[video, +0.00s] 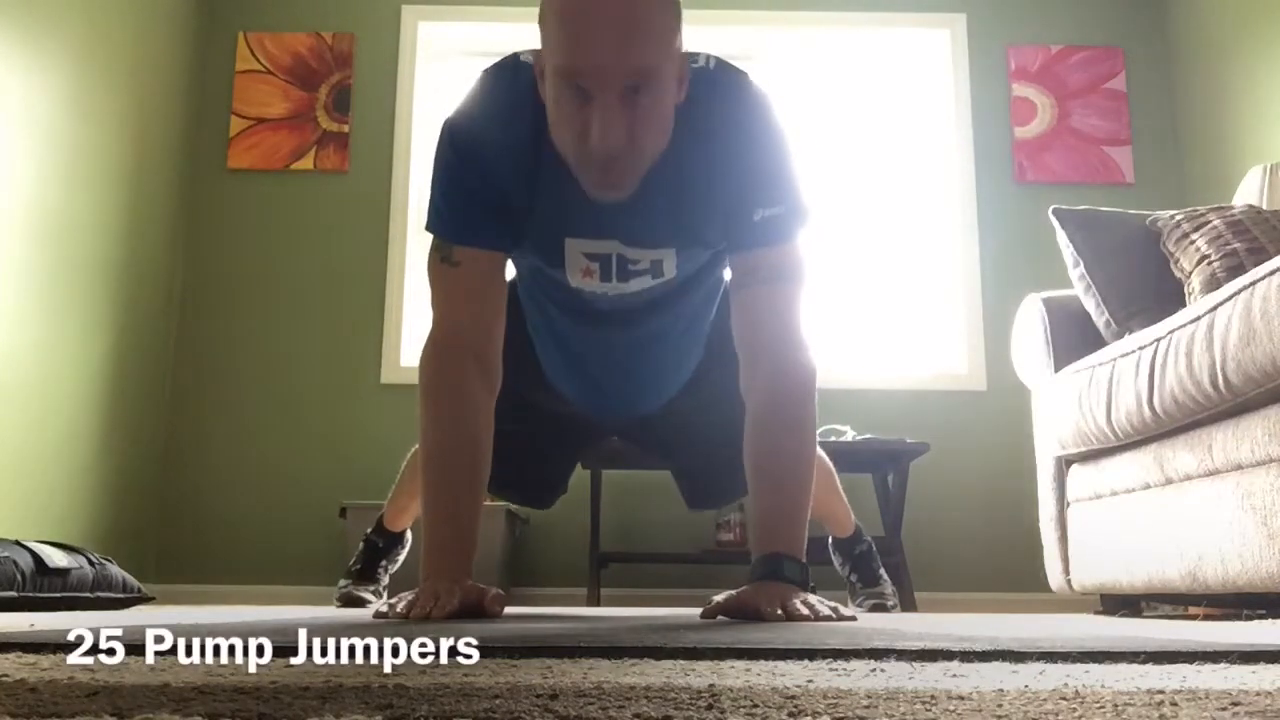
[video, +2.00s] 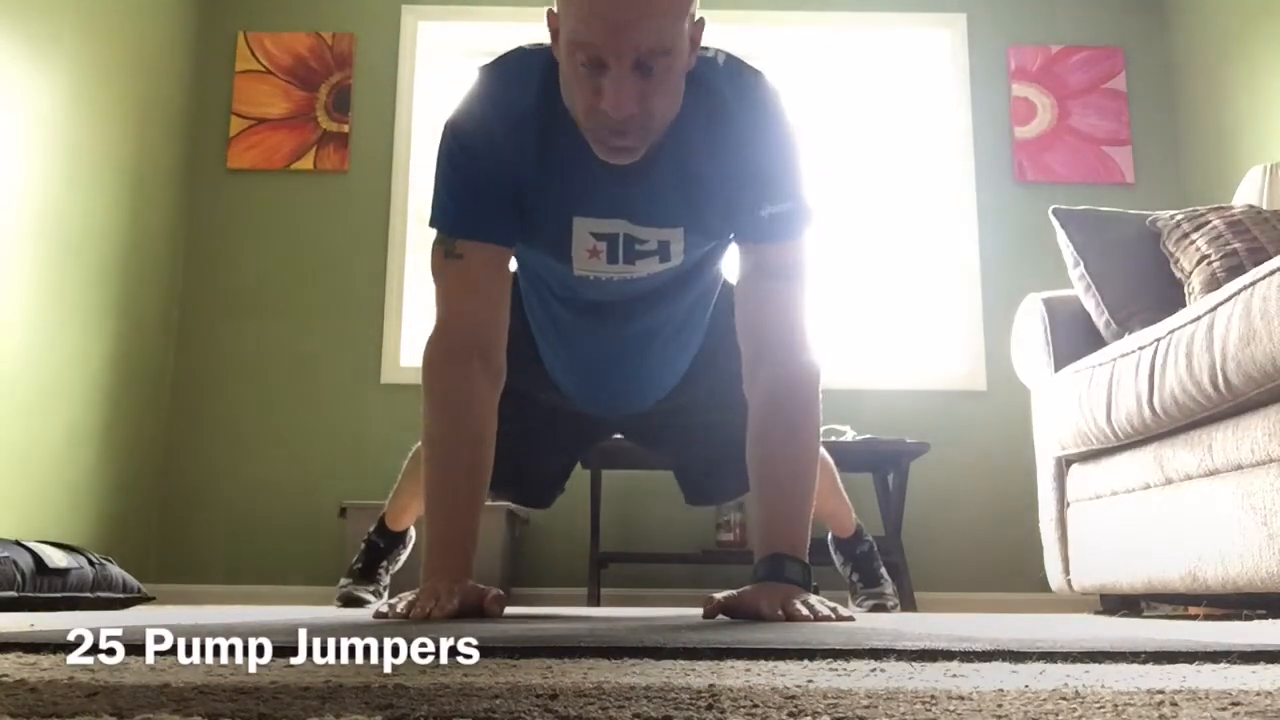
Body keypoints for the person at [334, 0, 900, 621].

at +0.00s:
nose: (604, 132)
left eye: (635, 93)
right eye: (578, 93)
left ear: (678, 73)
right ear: (541, 72)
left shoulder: (734, 118)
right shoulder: (491, 122)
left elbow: (778, 362)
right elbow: (459, 356)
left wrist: (779, 574)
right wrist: (444, 580)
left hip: (692, 349)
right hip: (542, 345)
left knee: (788, 455)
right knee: (449, 446)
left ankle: (858, 554)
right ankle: (382, 550)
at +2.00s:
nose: (618, 101)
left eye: (651, 65)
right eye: (591, 63)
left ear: (694, 42)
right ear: (554, 36)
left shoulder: (743, 110)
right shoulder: (499, 110)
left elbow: (780, 359)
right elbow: (462, 351)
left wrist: (782, 575)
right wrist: (444, 581)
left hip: (690, 336)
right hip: (541, 335)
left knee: (789, 455)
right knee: (450, 450)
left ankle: (856, 550)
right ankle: (384, 543)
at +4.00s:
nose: (620, 190)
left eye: (654, 157)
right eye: (587, 156)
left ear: (694, 92)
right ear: (550, 93)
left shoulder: (745, 116)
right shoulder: (494, 123)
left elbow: (783, 364)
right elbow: (459, 357)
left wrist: (784, 575)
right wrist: (445, 580)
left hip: (692, 329)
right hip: (540, 325)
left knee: (790, 449)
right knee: (449, 444)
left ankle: (857, 549)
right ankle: (384, 548)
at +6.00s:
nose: (610, 391)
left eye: (646, 355)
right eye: (578, 352)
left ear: (697, 335)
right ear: (529, 333)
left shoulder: (769, 362)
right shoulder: (453, 360)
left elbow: (947, 383)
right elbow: (301, 383)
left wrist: (933, 572)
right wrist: (314, 575)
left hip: (682, 598)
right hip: (532, 598)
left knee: (669, 589)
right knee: (553, 596)